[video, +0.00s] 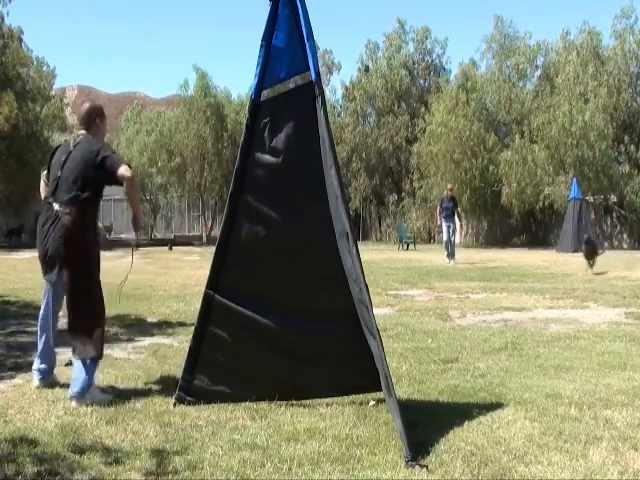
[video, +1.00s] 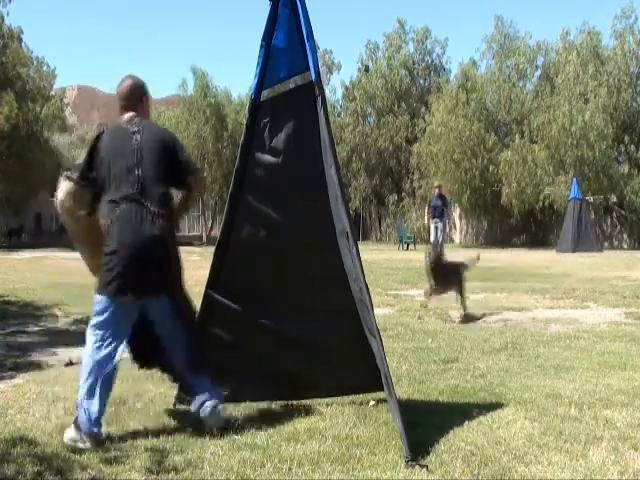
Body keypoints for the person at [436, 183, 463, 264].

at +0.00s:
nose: (450, 192)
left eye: (451, 191)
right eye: (449, 191)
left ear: (453, 191)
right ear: (446, 191)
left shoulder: (454, 199)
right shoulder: (443, 199)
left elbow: (457, 210)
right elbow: (439, 209)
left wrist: (460, 221)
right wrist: (439, 220)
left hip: (452, 220)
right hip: (444, 220)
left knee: (452, 239)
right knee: (446, 239)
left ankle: (452, 257)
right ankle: (447, 254)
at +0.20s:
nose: (447, 193)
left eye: (448, 191)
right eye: (446, 191)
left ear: (450, 192)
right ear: (444, 192)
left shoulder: (452, 201)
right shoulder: (441, 201)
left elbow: (455, 209)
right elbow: (437, 209)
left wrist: (455, 218)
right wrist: (434, 217)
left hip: (450, 220)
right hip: (442, 220)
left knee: (451, 240)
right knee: (444, 238)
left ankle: (452, 258)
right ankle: (443, 257)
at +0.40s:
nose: (444, 194)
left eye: (445, 192)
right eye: (443, 192)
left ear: (447, 193)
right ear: (441, 193)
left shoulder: (450, 201)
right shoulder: (438, 201)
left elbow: (453, 210)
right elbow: (434, 211)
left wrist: (451, 218)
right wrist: (430, 221)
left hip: (447, 221)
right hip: (440, 221)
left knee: (449, 240)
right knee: (441, 240)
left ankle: (452, 257)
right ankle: (443, 259)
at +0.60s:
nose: (441, 191)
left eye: (443, 189)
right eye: (440, 189)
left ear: (445, 190)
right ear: (439, 190)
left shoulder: (448, 199)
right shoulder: (436, 200)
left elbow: (450, 209)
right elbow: (432, 209)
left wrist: (451, 218)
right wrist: (432, 218)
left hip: (446, 218)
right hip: (438, 219)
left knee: (445, 238)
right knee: (440, 238)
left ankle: (445, 257)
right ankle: (443, 256)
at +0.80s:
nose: (440, 192)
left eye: (441, 190)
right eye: (438, 190)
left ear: (443, 191)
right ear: (437, 191)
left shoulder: (446, 200)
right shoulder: (434, 201)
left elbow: (450, 211)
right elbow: (428, 209)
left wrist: (451, 220)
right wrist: (431, 215)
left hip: (443, 220)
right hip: (435, 220)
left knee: (441, 239)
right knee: (438, 239)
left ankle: (441, 257)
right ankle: (441, 256)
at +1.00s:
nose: (437, 191)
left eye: (439, 189)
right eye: (436, 189)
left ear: (441, 190)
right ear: (434, 190)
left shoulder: (443, 198)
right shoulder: (432, 199)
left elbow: (446, 208)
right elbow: (428, 209)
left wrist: (447, 218)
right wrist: (427, 218)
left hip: (441, 219)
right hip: (433, 219)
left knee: (440, 238)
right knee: (433, 238)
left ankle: (440, 254)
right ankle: (433, 254)